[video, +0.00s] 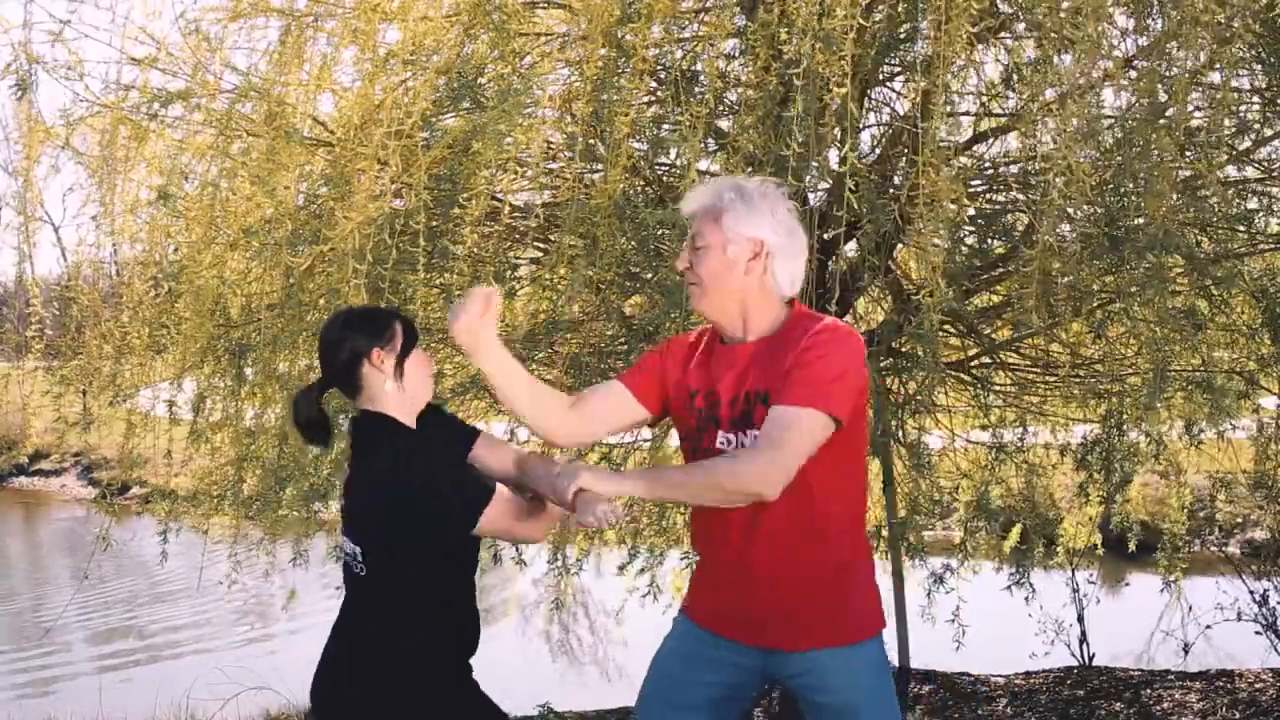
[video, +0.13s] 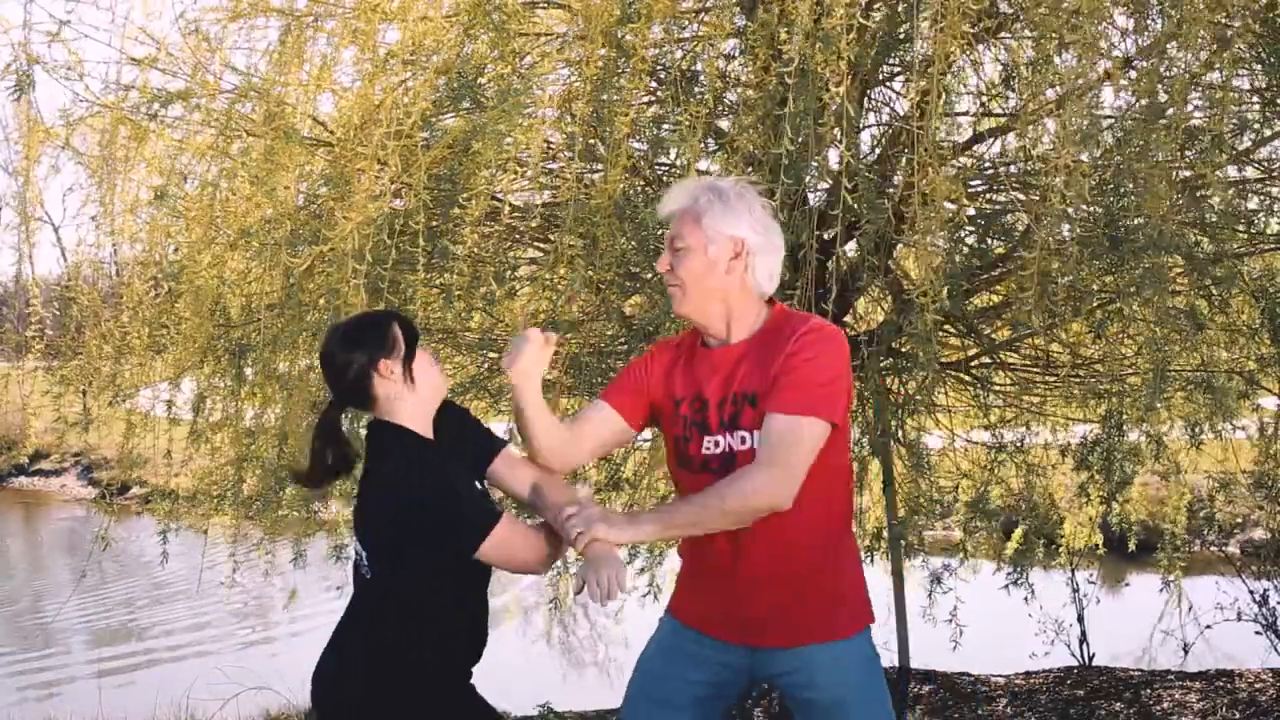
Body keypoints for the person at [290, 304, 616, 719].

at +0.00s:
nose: (430, 360)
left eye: (423, 346)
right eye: (419, 347)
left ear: (379, 360)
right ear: (381, 359)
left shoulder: (415, 419)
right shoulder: (408, 465)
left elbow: (516, 464)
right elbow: (530, 522)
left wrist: (574, 492)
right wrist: (568, 497)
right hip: (418, 693)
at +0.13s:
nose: (434, 358)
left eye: (425, 346)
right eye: (421, 349)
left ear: (387, 374)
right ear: (389, 371)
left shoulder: (440, 418)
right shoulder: (413, 483)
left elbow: (534, 481)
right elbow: (535, 554)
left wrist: (596, 542)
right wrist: (577, 509)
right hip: (410, 699)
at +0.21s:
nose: (437, 357)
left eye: (425, 346)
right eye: (422, 349)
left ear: (389, 380)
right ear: (391, 378)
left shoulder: (433, 418)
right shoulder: (412, 479)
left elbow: (537, 473)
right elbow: (535, 556)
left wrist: (602, 525)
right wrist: (587, 513)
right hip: (410, 700)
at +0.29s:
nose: (434, 357)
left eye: (424, 347)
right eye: (421, 350)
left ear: (386, 378)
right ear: (388, 376)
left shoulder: (421, 421)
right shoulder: (411, 479)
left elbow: (510, 466)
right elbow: (530, 550)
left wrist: (587, 507)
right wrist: (575, 520)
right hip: (414, 697)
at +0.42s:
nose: (428, 357)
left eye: (417, 347)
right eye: (413, 350)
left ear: (382, 383)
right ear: (383, 380)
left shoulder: (414, 427)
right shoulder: (403, 481)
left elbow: (494, 494)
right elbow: (500, 577)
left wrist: (558, 558)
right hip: (398, 698)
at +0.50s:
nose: (422, 355)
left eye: (412, 345)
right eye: (408, 349)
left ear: (377, 380)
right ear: (380, 376)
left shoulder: (406, 425)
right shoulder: (405, 469)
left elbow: (487, 494)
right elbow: (491, 567)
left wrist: (551, 553)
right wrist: (541, 575)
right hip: (394, 697)